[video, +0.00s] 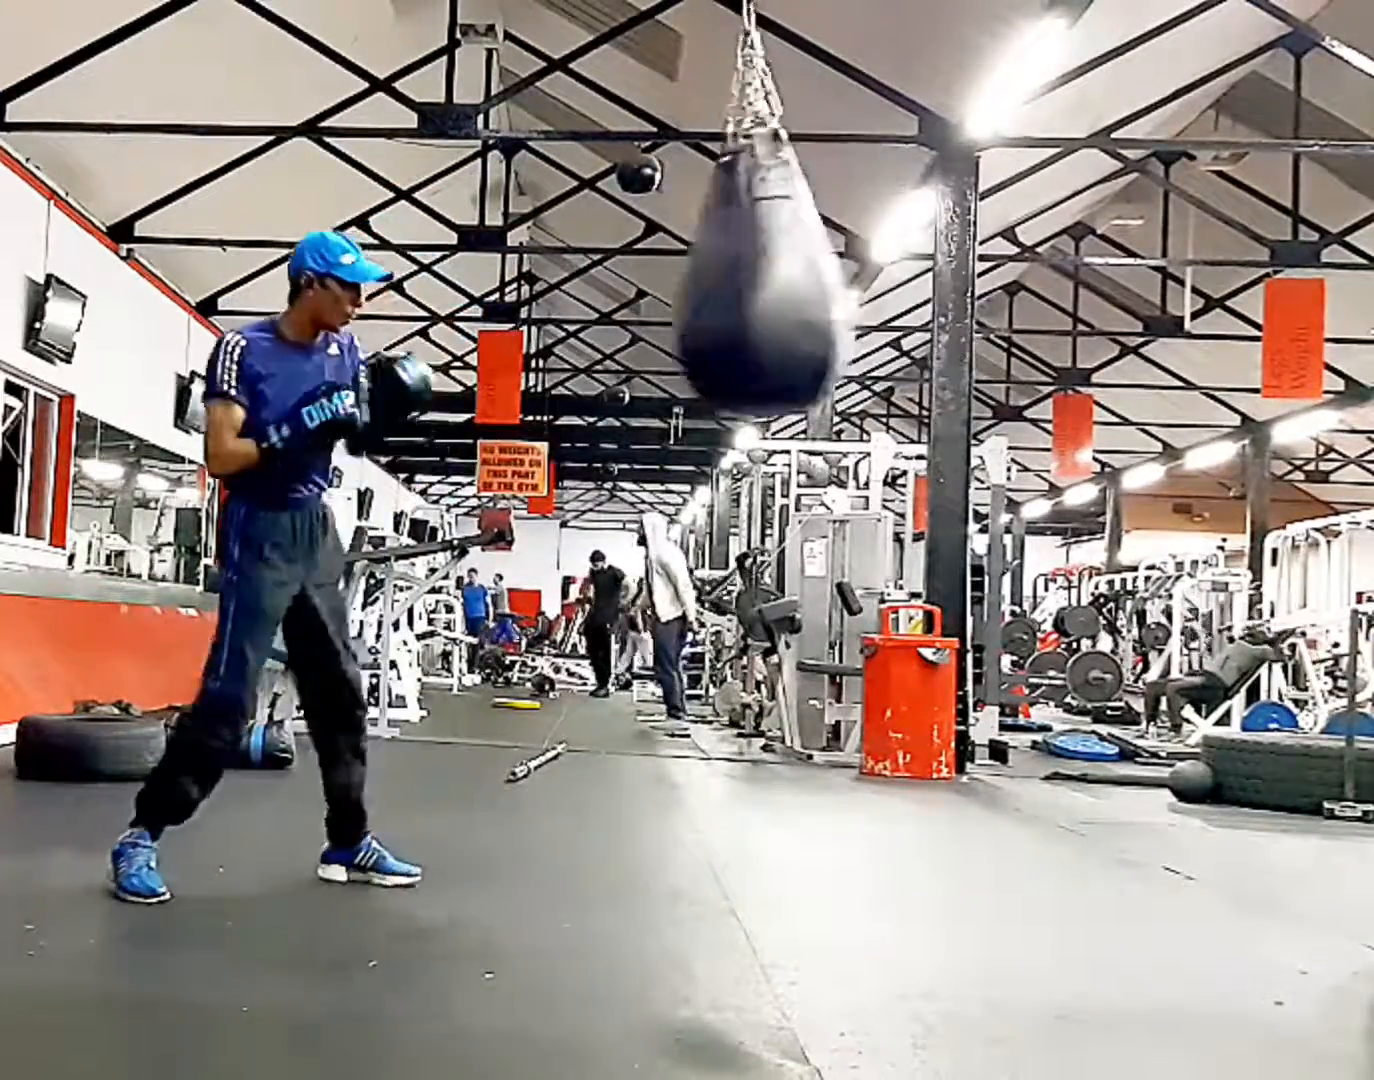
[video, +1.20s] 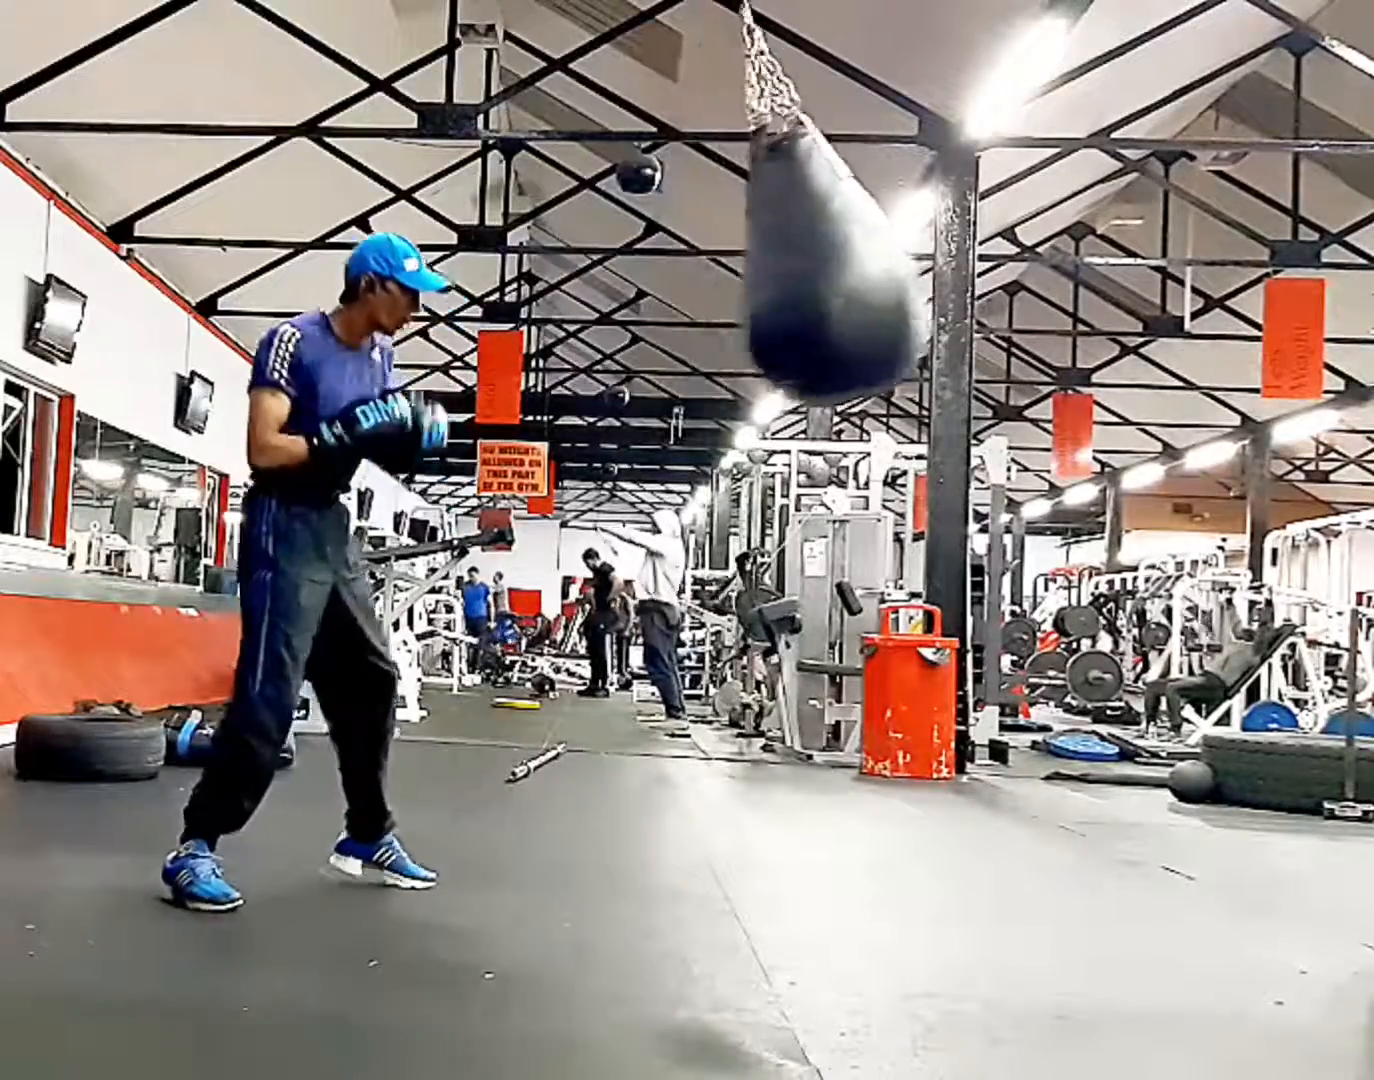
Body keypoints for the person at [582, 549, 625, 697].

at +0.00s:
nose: (596, 568)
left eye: (598, 564)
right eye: (594, 565)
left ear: (604, 562)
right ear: (591, 563)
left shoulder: (614, 574)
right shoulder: (594, 575)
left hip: (605, 619)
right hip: (593, 619)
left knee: (603, 653)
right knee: (594, 652)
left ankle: (603, 684)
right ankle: (600, 683)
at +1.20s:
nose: (588, 565)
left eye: (589, 561)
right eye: (586, 562)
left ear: (595, 558)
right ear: (587, 562)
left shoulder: (606, 570)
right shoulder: (597, 575)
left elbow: (617, 582)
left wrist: (609, 598)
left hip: (606, 616)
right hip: (596, 616)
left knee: (601, 652)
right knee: (594, 652)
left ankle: (603, 685)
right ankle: (594, 683)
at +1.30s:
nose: (587, 565)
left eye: (589, 561)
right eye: (585, 562)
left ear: (595, 558)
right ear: (587, 561)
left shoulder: (605, 571)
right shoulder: (597, 575)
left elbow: (617, 582)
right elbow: (597, 598)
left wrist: (609, 597)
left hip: (602, 615)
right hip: (594, 615)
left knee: (600, 652)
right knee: (593, 652)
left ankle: (603, 684)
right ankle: (593, 683)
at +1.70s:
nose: (583, 564)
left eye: (585, 560)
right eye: (581, 561)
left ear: (591, 557)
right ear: (581, 562)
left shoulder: (602, 570)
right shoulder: (591, 576)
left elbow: (609, 584)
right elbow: (591, 594)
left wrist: (598, 600)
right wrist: (584, 600)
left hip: (601, 614)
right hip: (592, 614)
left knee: (600, 651)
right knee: (592, 651)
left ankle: (603, 685)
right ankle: (594, 683)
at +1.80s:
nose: (580, 564)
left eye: (581, 560)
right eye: (578, 561)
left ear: (588, 557)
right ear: (580, 562)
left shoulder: (600, 570)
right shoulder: (589, 576)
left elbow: (608, 584)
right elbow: (589, 595)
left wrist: (594, 598)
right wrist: (583, 599)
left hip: (600, 616)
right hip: (591, 617)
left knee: (600, 651)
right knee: (591, 652)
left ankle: (603, 685)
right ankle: (594, 683)